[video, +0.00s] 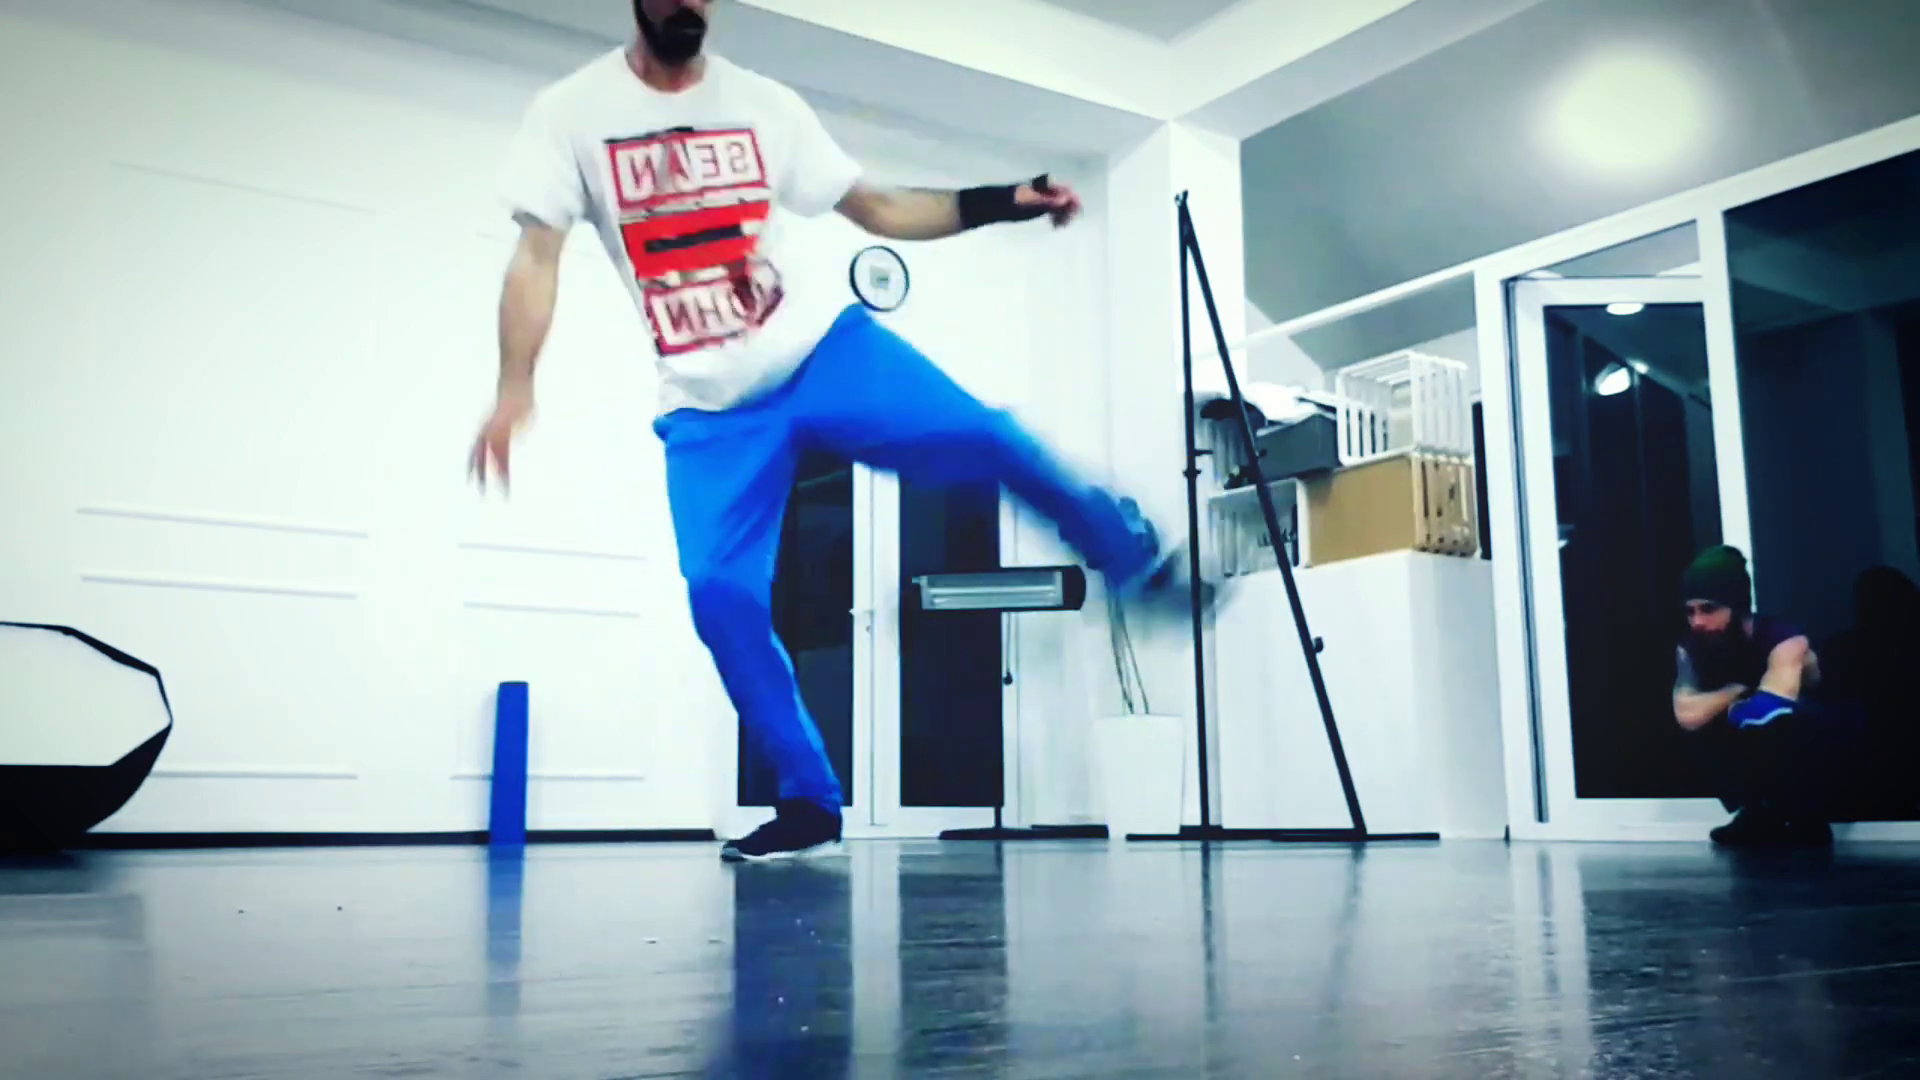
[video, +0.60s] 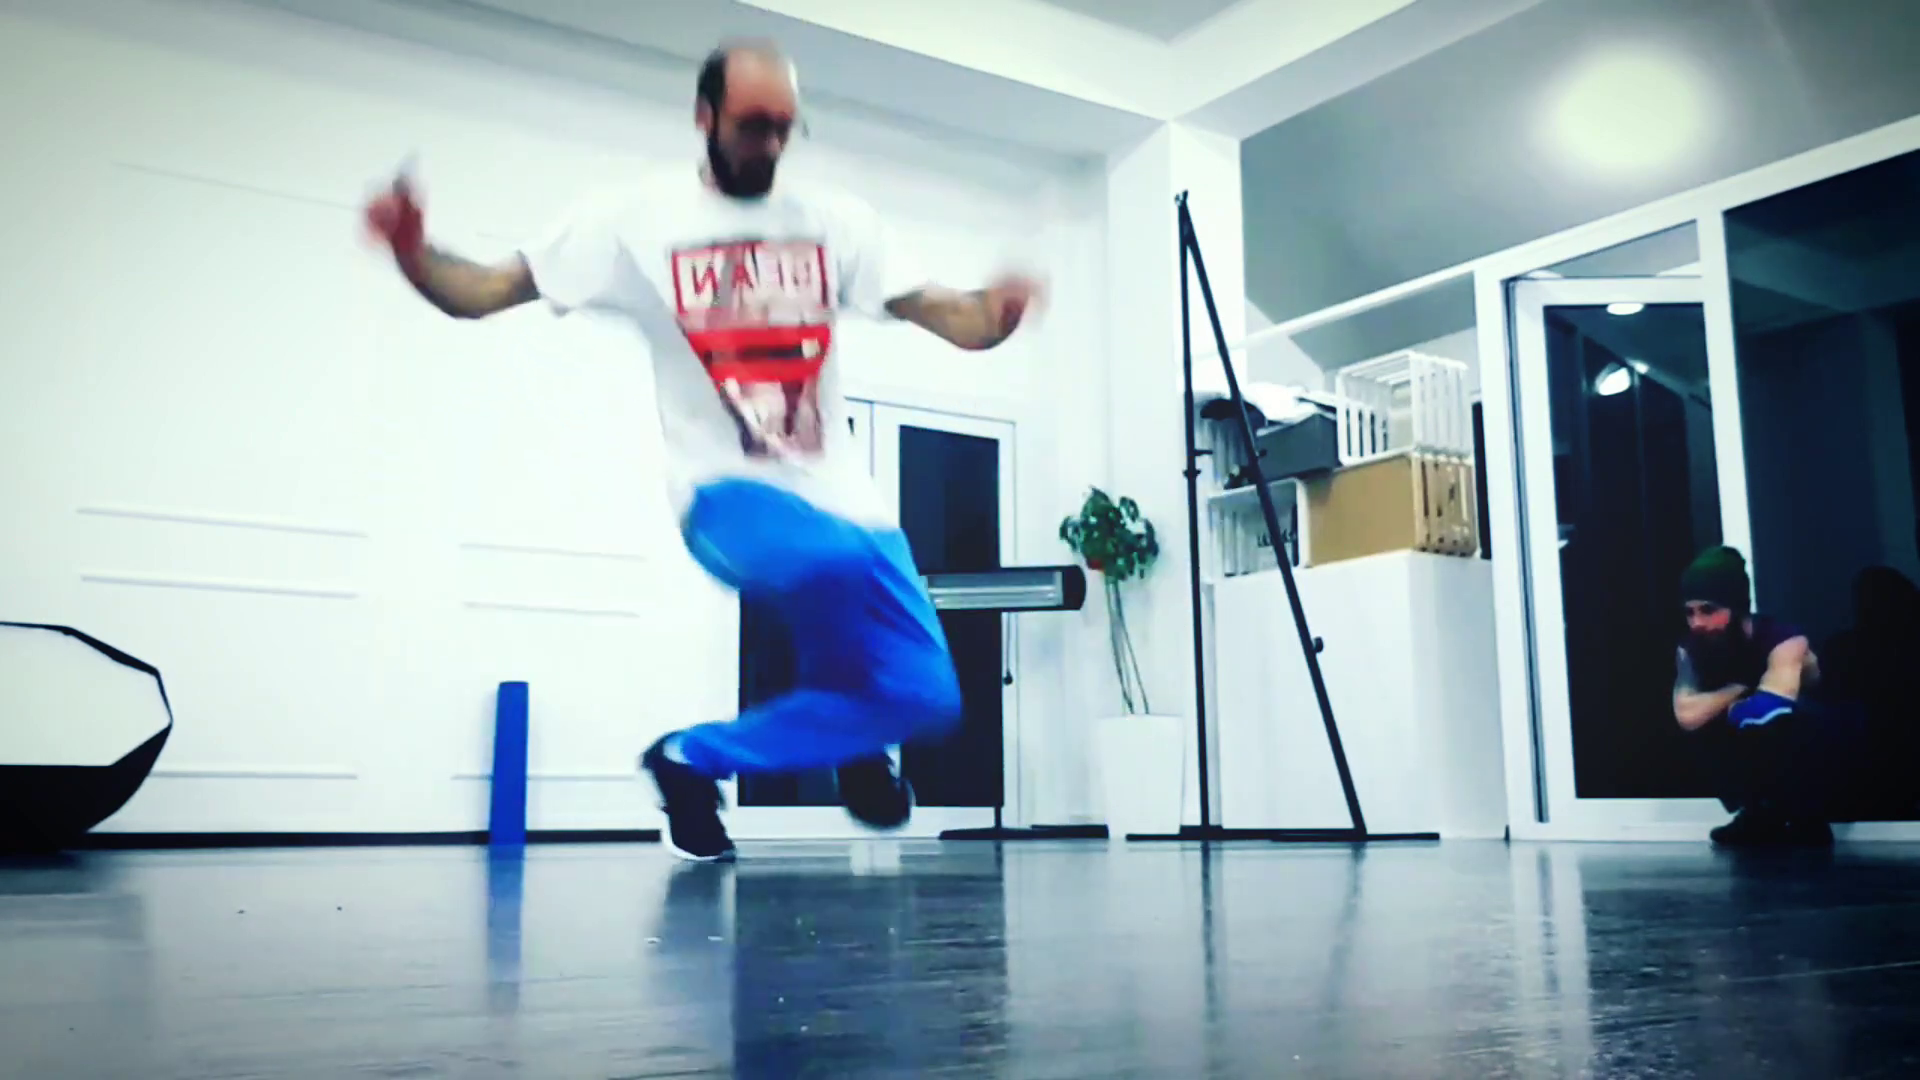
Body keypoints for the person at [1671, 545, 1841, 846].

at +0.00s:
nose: (1697, 622)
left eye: (1708, 610)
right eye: (1691, 612)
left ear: (1736, 605)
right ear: (1685, 611)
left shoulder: (1782, 638)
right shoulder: (1691, 651)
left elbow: (1773, 705)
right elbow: (1688, 715)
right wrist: (1737, 691)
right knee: (1704, 726)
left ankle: (1802, 819)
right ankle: (1755, 814)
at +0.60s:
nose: (1697, 623)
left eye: (1708, 611)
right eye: (1690, 613)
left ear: (1736, 607)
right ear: (1684, 612)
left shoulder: (1779, 637)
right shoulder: (1690, 652)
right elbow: (1688, 715)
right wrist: (1738, 690)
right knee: (1704, 727)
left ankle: (1802, 819)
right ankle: (1755, 814)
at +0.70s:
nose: (1697, 623)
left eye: (1708, 611)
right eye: (1690, 613)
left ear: (1736, 607)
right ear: (1684, 612)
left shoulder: (1777, 637)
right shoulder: (1691, 652)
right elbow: (1688, 715)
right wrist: (1738, 689)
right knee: (1704, 728)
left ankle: (1802, 819)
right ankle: (1755, 814)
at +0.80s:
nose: (1697, 624)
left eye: (1709, 611)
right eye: (1690, 613)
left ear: (1736, 606)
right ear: (1684, 612)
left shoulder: (1777, 638)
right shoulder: (1691, 652)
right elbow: (1688, 715)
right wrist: (1738, 689)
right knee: (1705, 727)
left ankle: (1802, 819)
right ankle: (1755, 814)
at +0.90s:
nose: (1697, 623)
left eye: (1708, 611)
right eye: (1690, 613)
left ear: (1736, 607)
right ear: (1684, 612)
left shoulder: (1780, 638)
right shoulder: (1691, 652)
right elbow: (1688, 715)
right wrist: (1739, 690)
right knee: (1704, 727)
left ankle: (1802, 818)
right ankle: (1754, 814)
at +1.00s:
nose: (1697, 622)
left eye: (1708, 610)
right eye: (1690, 612)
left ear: (1737, 607)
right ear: (1684, 611)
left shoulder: (1778, 637)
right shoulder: (1691, 650)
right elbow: (1687, 714)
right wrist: (1739, 689)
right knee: (1704, 726)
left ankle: (1802, 818)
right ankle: (1754, 814)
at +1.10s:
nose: (1697, 623)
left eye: (1709, 610)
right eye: (1691, 612)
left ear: (1738, 607)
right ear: (1685, 612)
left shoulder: (1782, 637)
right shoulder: (1690, 652)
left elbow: (1775, 705)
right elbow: (1688, 714)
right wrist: (1742, 687)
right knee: (1705, 725)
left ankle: (1799, 818)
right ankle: (1755, 813)